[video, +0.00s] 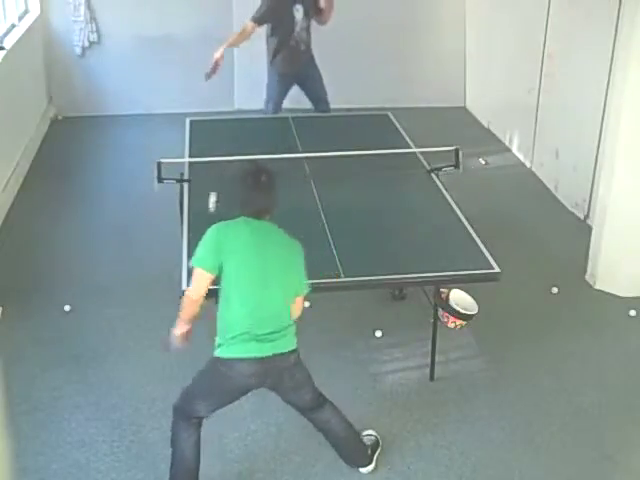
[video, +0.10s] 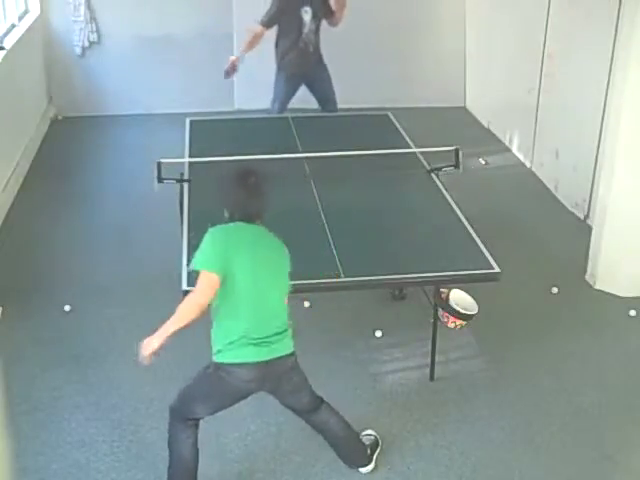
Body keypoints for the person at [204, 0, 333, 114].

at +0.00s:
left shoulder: (307, 2)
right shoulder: (273, 4)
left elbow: (322, 20)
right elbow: (248, 29)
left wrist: (329, 3)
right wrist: (222, 49)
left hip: (306, 63)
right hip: (281, 66)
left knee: (323, 108)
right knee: (272, 111)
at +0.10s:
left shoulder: (318, 3)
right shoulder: (282, 4)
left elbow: (333, 21)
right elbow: (260, 31)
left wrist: (341, 5)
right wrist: (238, 57)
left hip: (314, 64)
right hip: (290, 66)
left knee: (331, 108)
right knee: (277, 111)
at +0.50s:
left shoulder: (339, 3)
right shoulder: (298, 4)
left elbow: (357, 27)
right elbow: (288, 32)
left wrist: (361, 19)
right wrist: (285, 58)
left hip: (327, 66)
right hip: (300, 65)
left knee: (337, 110)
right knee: (298, 110)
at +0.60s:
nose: (315, 2)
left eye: (318, 1)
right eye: (312, 1)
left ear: (324, 0)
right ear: (308, 0)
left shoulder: (337, 6)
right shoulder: (296, 11)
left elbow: (355, 32)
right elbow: (281, 43)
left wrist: (361, 26)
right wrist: (291, 63)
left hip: (327, 72)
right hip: (301, 72)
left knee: (336, 114)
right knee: (297, 114)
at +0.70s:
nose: (310, 3)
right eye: (307, 0)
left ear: (320, 0)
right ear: (303, 1)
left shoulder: (332, 11)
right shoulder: (292, 17)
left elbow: (349, 35)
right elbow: (280, 55)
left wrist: (359, 39)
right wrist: (304, 71)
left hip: (325, 75)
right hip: (297, 75)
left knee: (332, 119)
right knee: (297, 118)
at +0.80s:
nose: (305, 2)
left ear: (316, 0)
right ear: (298, 1)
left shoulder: (326, 8)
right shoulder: (290, 17)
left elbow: (337, 32)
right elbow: (281, 58)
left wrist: (356, 40)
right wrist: (308, 78)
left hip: (319, 73)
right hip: (292, 73)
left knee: (329, 117)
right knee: (291, 114)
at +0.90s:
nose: (304, 2)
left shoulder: (323, 5)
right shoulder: (286, 15)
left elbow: (331, 25)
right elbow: (277, 58)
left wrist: (352, 32)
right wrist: (304, 75)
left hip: (316, 69)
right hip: (289, 70)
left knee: (328, 115)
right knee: (290, 115)